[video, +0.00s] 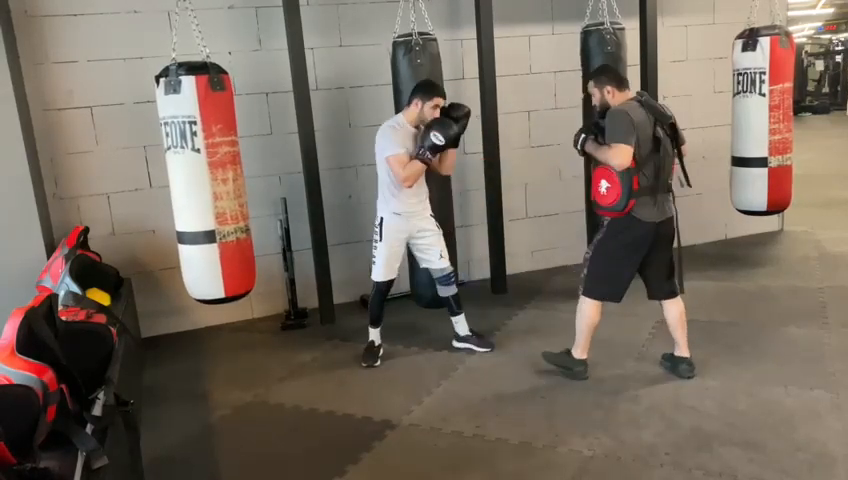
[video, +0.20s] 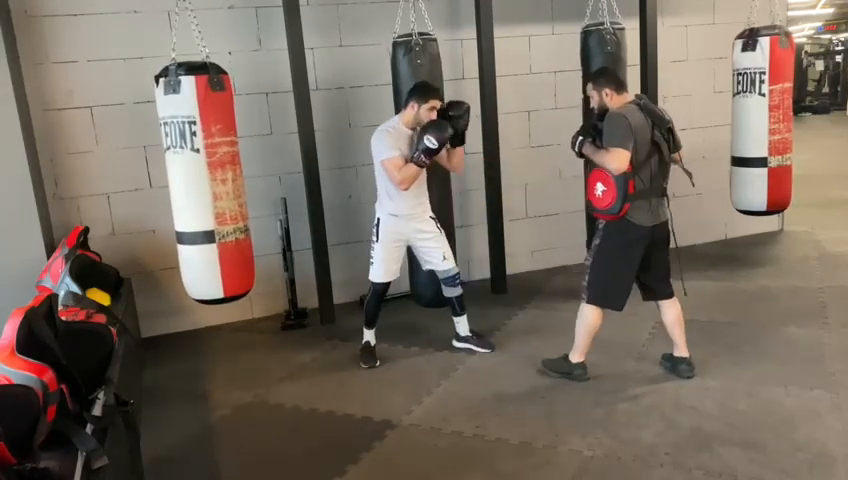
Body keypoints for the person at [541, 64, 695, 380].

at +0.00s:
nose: (594, 101)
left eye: (594, 95)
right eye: (591, 96)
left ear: (609, 90)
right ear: (624, 87)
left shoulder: (619, 115)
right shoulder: (653, 107)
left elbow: (620, 158)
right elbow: (679, 147)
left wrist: (587, 144)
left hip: (629, 222)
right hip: (661, 221)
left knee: (593, 286)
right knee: (666, 289)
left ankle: (578, 357)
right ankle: (683, 357)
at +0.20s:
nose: (592, 104)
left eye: (592, 97)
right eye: (590, 98)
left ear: (607, 92)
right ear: (620, 90)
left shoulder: (617, 118)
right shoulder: (651, 110)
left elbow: (618, 162)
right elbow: (677, 155)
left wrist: (587, 148)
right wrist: (642, 143)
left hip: (625, 224)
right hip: (656, 223)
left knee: (596, 293)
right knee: (663, 290)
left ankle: (575, 360)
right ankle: (682, 357)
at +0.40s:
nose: (584, 102)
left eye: (585, 96)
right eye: (582, 96)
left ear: (599, 92)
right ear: (611, 91)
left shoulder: (608, 118)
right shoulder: (641, 112)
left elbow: (608, 163)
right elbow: (664, 156)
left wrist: (579, 148)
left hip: (614, 224)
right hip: (646, 221)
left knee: (579, 291)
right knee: (660, 289)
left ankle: (574, 359)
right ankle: (680, 356)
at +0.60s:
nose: (569, 105)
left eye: (568, 98)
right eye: (566, 99)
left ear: (582, 95)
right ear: (598, 91)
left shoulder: (592, 120)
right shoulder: (628, 112)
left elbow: (590, 164)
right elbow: (654, 152)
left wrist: (562, 148)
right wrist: (618, 154)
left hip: (599, 224)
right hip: (633, 222)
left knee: (567, 290)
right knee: (651, 286)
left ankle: (573, 359)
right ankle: (678, 352)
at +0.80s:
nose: (548, 104)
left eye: (548, 97)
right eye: (547, 98)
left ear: (561, 93)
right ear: (577, 89)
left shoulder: (570, 118)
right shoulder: (614, 109)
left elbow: (569, 163)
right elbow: (641, 148)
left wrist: (544, 148)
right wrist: (606, 144)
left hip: (586, 223)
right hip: (622, 219)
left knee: (564, 289)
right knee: (642, 279)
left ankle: (573, 359)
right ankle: (673, 343)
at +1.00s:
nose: (550, 117)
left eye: (548, 111)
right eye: (547, 112)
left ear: (560, 104)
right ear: (576, 98)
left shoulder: (573, 126)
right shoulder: (616, 113)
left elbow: (576, 170)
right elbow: (646, 147)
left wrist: (549, 160)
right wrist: (611, 159)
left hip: (602, 223)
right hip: (636, 218)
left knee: (572, 289)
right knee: (650, 275)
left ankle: (573, 360)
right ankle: (684, 334)